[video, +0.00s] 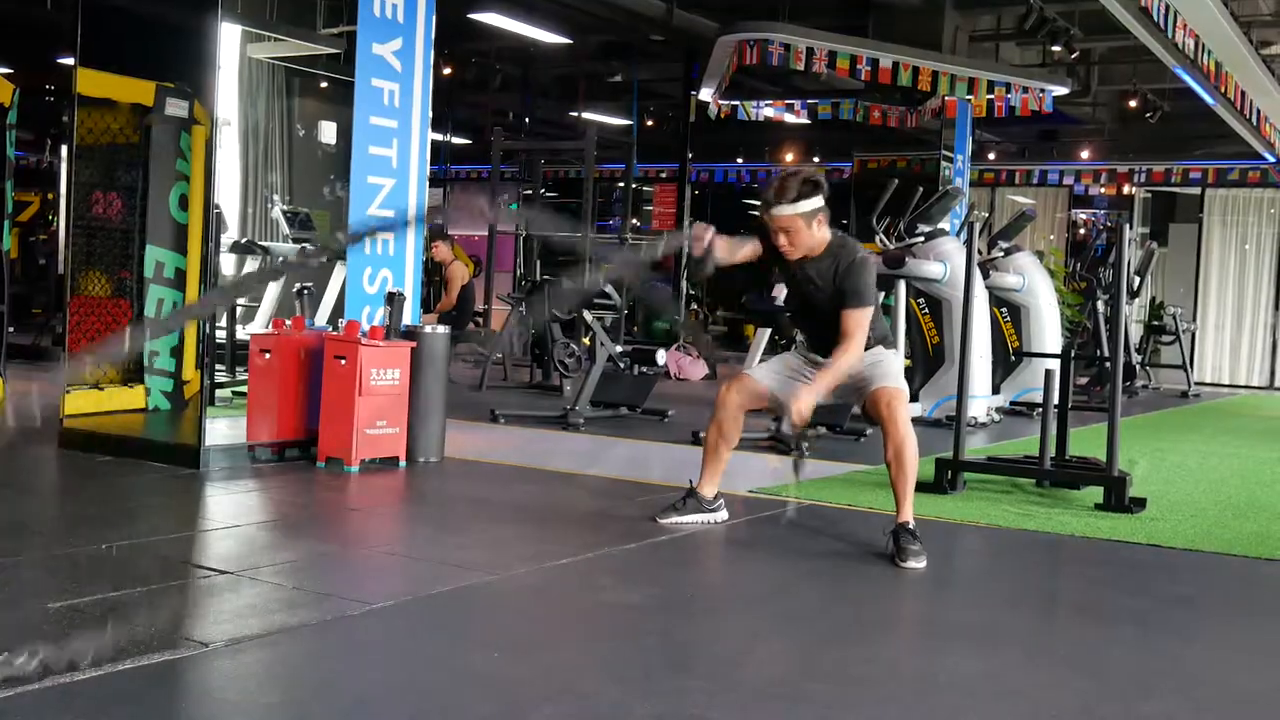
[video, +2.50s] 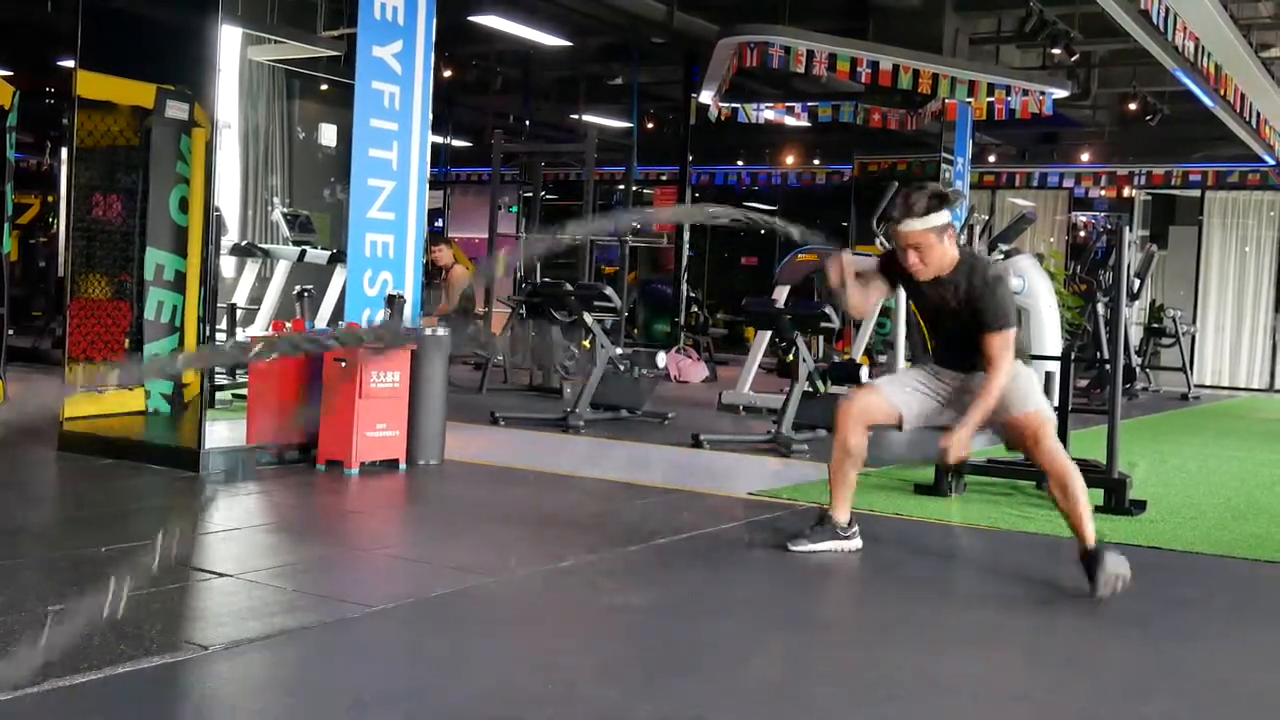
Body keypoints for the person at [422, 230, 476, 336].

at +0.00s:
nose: (432, 251)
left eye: (436, 247)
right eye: (432, 248)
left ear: (448, 247)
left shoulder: (455, 268)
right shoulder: (450, 267)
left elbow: (451, 301)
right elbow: (447, 297)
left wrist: (435, 313)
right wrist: (437, 312)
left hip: (457, 321)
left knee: (417, 319)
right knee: (417, 317)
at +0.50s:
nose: (431, 251)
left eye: (435, 247)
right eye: (429, 248)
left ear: (446, 247)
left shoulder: (453, 267)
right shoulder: (447, 267)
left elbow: (448, 300)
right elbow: (442, 297)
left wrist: (433, 313)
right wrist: (432, 314)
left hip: (455, 321)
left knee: (414, 319)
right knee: (414, 317)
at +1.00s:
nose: (433, 252)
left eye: (437, 247)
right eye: (431, 249)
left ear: (448, 247)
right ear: (428, 251)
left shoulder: (455, 267)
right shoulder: (444, 270)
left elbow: (451, 300)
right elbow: (443, 296)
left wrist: (434, 311)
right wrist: (434, 313)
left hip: (458, 320)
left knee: (415, 319)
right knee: (415, 317)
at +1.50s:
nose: (437, 253)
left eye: (440, 249)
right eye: (434, 250)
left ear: (450, 249)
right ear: (431, 253)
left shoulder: (457, 269)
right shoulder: (446, 271)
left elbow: (453, 301)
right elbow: (445, 299)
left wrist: (435, 314)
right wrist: (434, 315)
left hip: (459, 320)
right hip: (451, 316)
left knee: (421, 320)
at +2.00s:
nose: (439, 255)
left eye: (443, 250)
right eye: (436, 251)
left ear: (453, 250)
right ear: (433, 255)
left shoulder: (459, 270)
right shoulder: (448, 271)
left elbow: (455, 301)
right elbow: (447, 300)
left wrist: (437, 315)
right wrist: (436, 317)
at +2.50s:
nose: (436, 255)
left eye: (440, 251)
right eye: (433, 252)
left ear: (451, 250)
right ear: (430, 255)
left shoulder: (457, 272)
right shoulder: (445, 273)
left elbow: (452, 306)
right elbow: (444, 303)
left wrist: (435, 317)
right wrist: (435, 317)